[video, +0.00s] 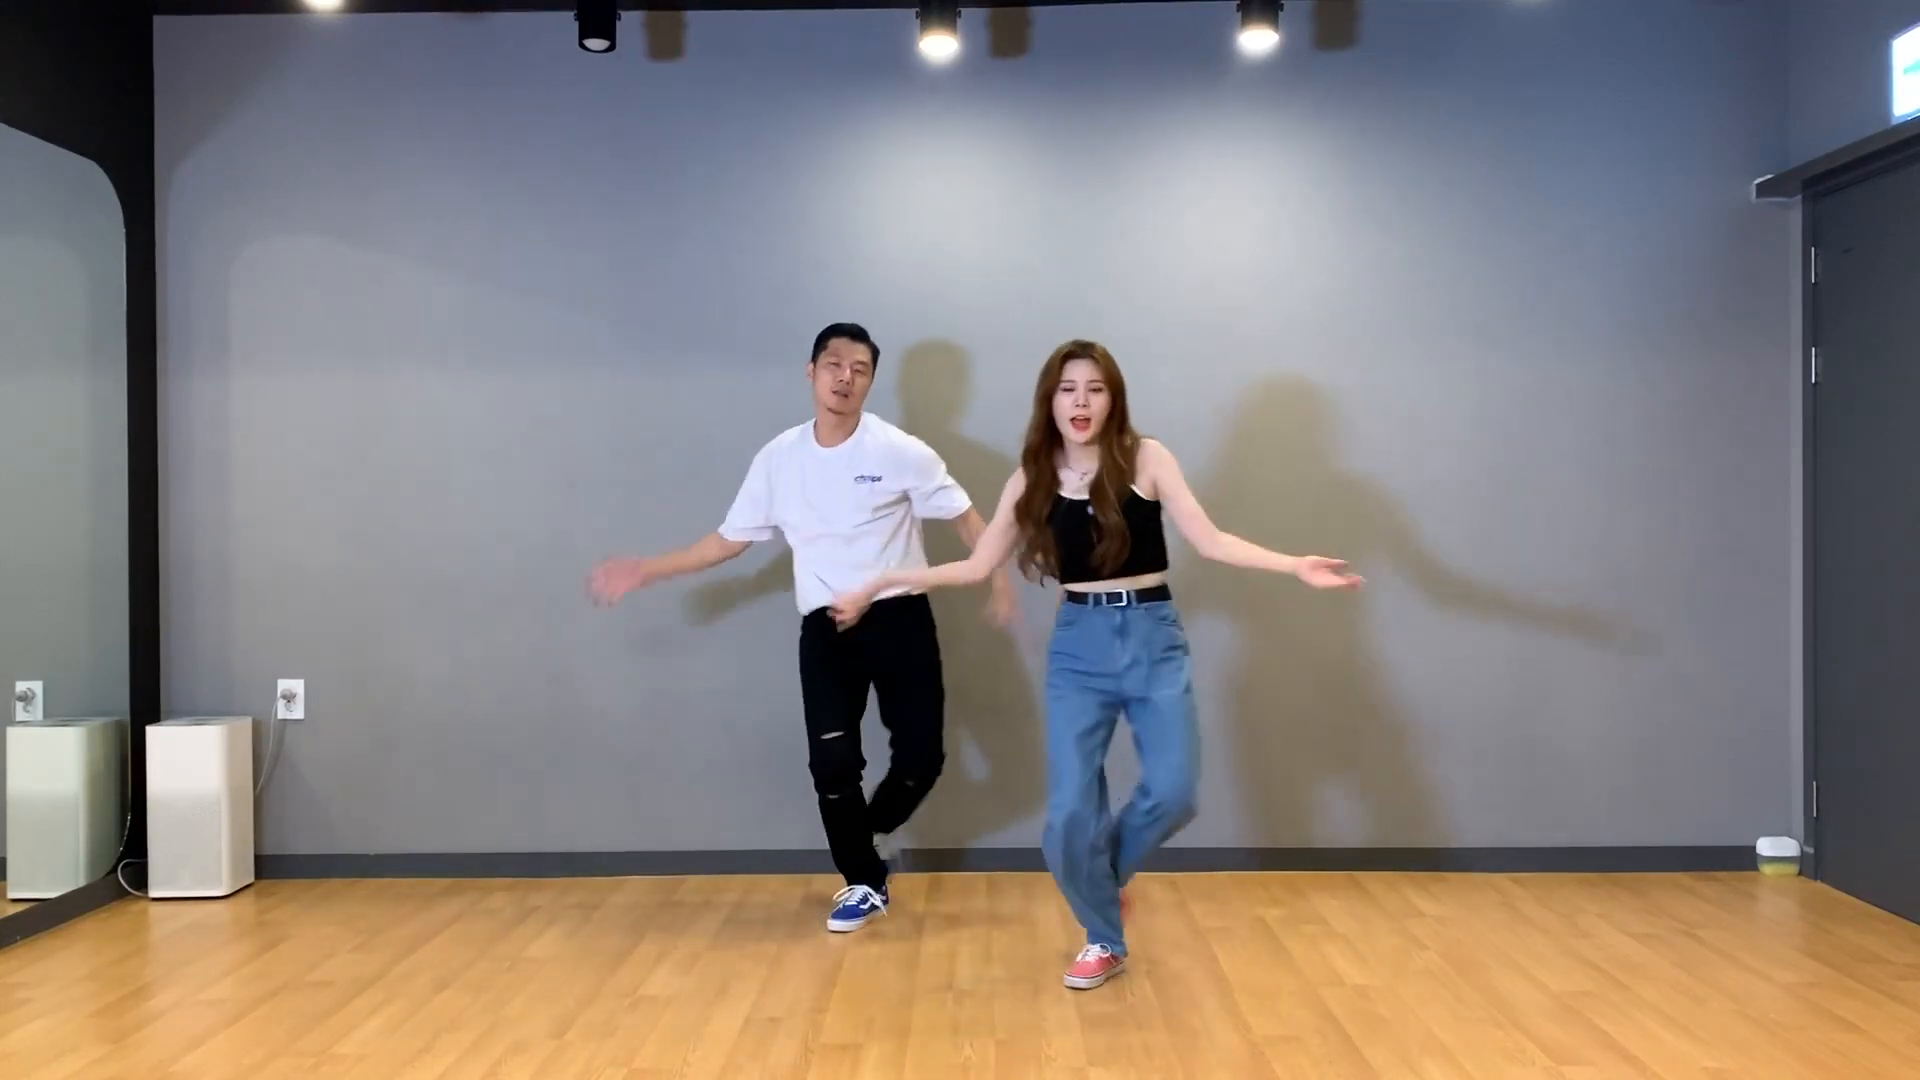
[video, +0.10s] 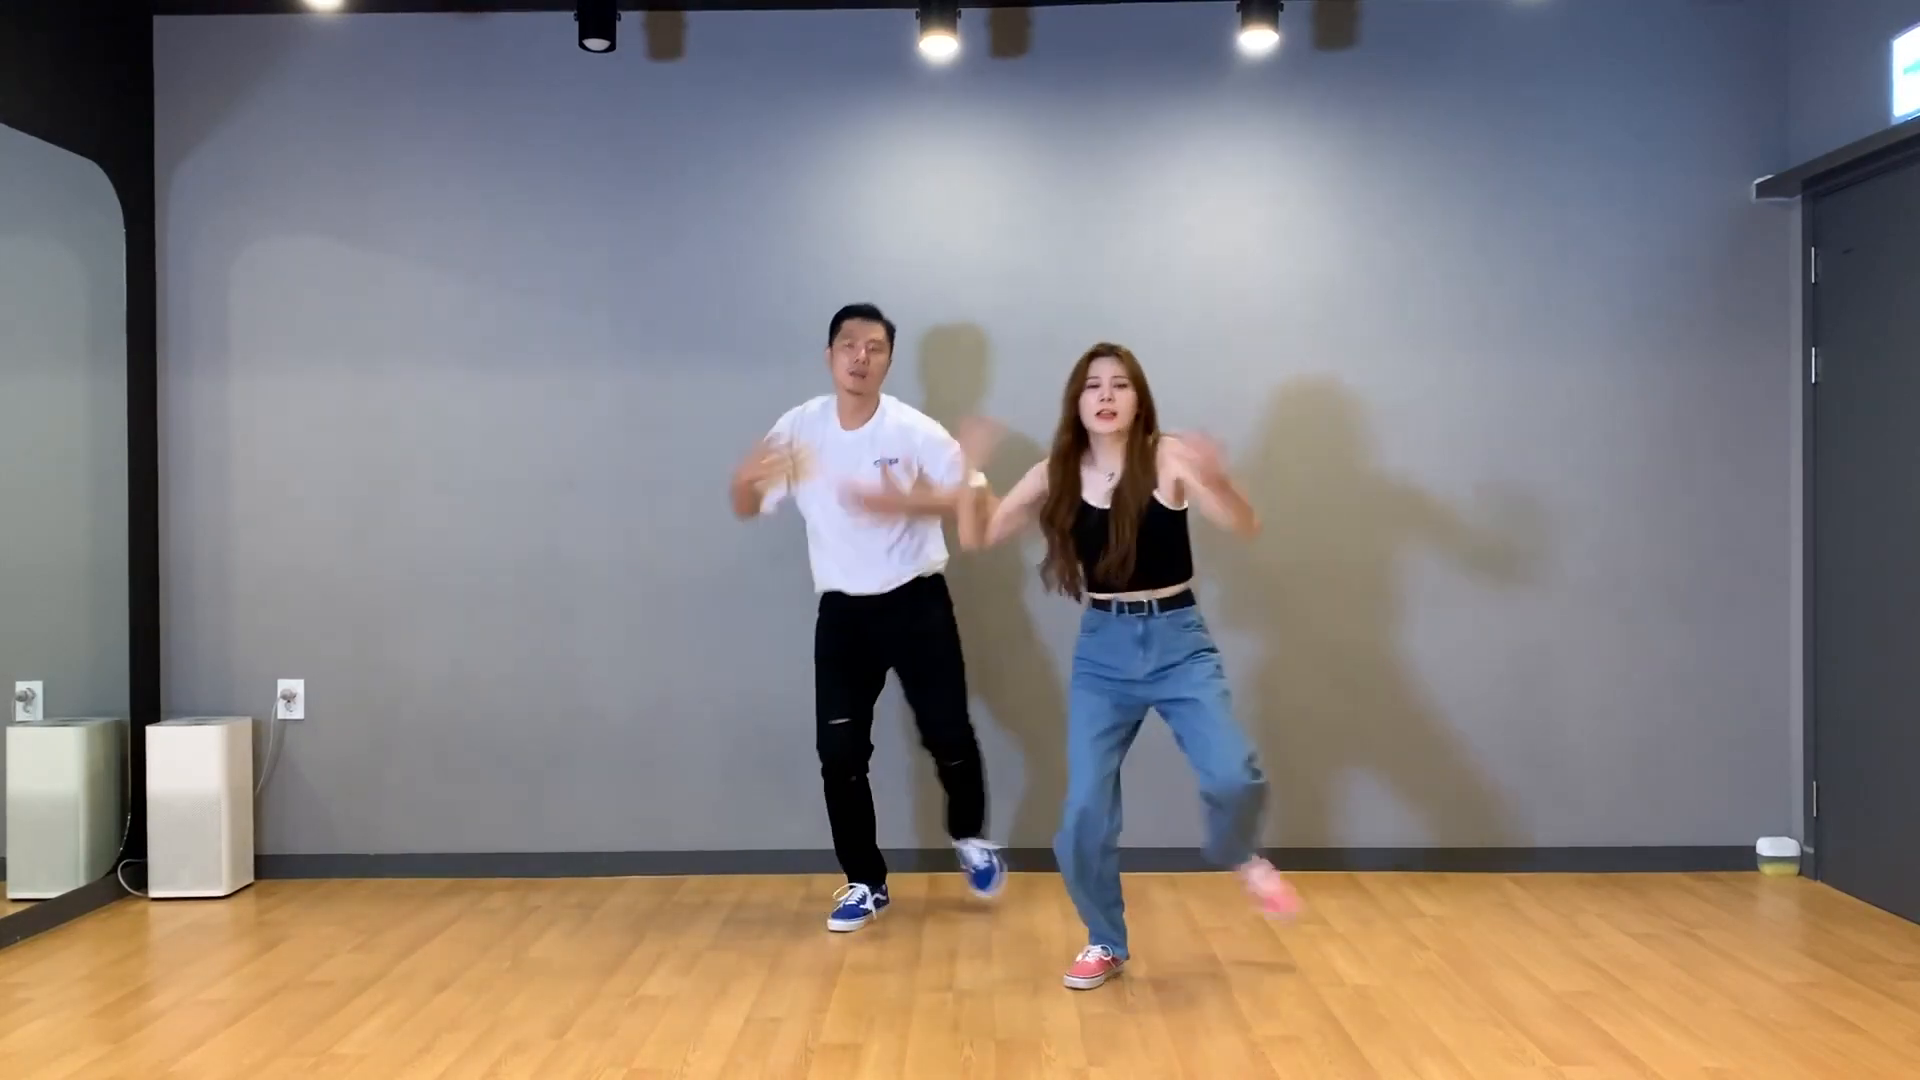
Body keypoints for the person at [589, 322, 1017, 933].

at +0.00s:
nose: (844, 377)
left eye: (859, 369)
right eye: (833, 364)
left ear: (871, 383)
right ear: (811, 373)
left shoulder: (902, 454)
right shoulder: (778, 459)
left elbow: (967, 519)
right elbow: (727, 541)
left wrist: (999, 579)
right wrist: (644, 570)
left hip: (903, 621)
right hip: (827, 627)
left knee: (921, 760)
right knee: (833, 762)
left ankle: (866, 831)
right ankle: (863, 884)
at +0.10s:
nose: (860, 357)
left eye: (874, 348)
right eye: (849, 345)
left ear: (889, 361)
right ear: (829, 356)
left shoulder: (917, 430)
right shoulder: (798, 428)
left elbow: (972, 497)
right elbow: (749, 510)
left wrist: (903, 502)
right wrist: (744, 484)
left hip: (918, 603)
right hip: (844, 609)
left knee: (947, 733)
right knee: (840, 753)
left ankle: (972, 838)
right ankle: (864, 883)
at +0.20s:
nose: (880, 332)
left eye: (892, 322)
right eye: (868, 322)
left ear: (911, 335)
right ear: (851, 335)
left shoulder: (930, 400)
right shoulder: (828, 391)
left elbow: (992, 453)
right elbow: (791, 458)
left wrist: (916, 452)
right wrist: (808, 446)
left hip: (932, 589)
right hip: (858, 593)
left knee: (977, 731)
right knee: (850, 740)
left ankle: (1021, 869)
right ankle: (868, 880)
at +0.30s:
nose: (893, 329)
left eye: (904, 317)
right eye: (880, 320)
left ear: (926, 327)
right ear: (867, 333)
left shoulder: (949, 391)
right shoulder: (864, 388)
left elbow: (1014, 449)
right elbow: (865, 440)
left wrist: (927, 452)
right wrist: (840, 448)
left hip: (940, 588)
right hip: (870, 591)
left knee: (983, 731)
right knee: (860, 736)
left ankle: (1024, 869)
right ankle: (868, 879)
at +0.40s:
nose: (905, 341)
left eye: (915, 328)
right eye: (891, 334)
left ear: (937, 334)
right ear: (879, 350)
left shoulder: (967, 389)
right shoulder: (893, 412)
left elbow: (1021, 464)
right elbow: (891, 478)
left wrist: (936, 499)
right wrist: (869, 496)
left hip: (939, 597)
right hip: (875, 596)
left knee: (977, 742)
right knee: (857, 737)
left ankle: (1032, 869)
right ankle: (866, 880)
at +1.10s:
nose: (926, 394)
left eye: (934, 378)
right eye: (914, 388)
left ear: (959, 369)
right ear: (907, 396)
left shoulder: (995, 435)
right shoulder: (925, 440)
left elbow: (937, 515)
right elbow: (893, 510)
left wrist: (904, 437)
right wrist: (866, 434)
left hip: (980, 620)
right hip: (921, 619)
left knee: (989, 773)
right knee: (851, 739)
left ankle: (1084, 871)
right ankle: (864, 884)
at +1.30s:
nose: (924, 390)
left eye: (933, 374)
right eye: (910, 382)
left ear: (957, 370)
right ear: (899, 390)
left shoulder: (984, 444)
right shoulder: (900, 423)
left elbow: (957, 512)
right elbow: (873, 500)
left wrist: (915, 437)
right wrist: (860, 429)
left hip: (996, 617)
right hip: (936, 619)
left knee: (1030, 760)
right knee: (861, 739)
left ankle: (1105, 878)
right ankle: (866, 883)